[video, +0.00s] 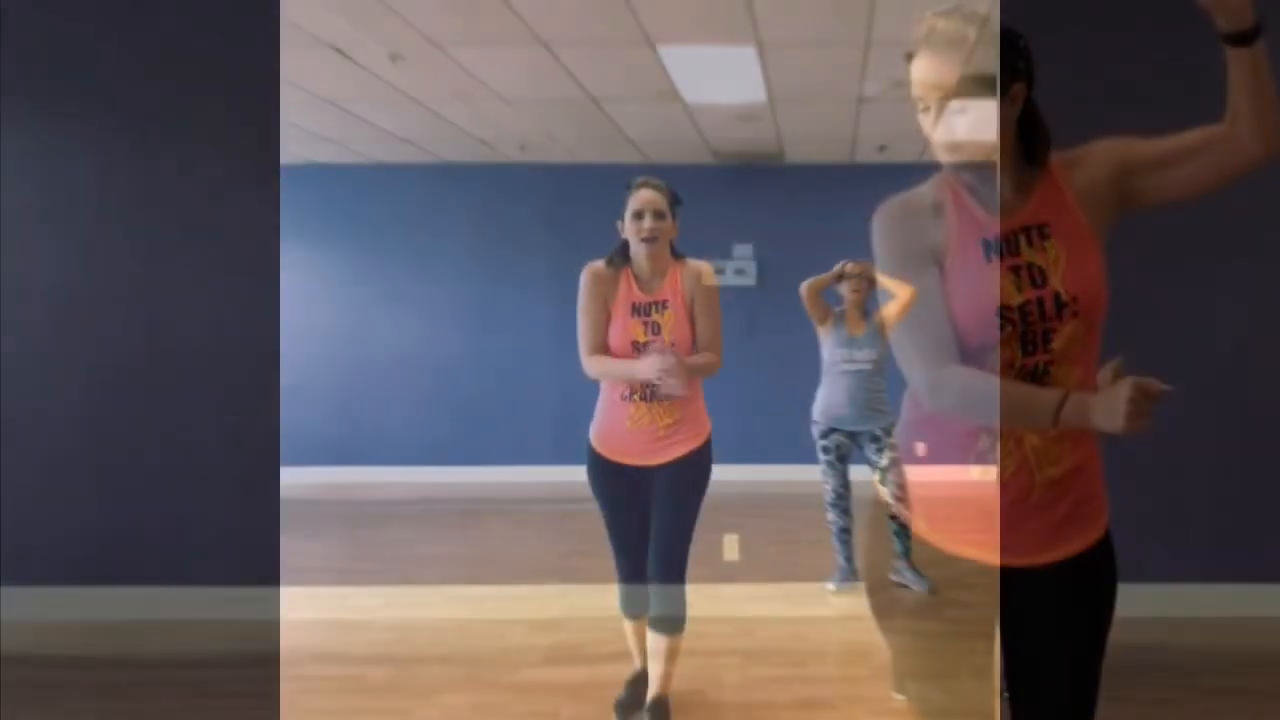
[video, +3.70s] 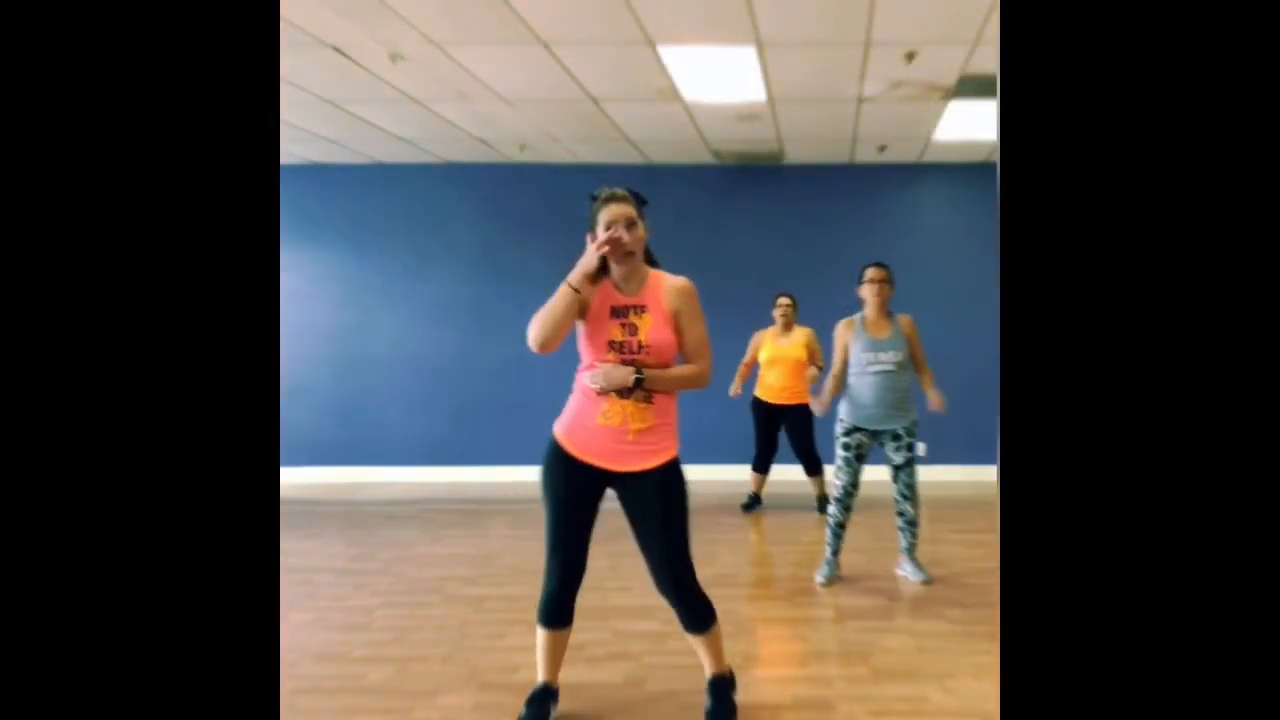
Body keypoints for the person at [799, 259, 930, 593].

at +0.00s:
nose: (856, 288)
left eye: (862, 283)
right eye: (851, 282)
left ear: (870, 290)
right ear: (840, 288)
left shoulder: (879, 324)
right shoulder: (828, 323)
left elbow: (907, 293)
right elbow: (806, 290)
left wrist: (875, 274)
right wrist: (834, 275)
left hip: (875, 420)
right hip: (831, 420)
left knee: (897, 490)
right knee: (836, 497)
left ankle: (903, 563)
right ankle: (844, 566)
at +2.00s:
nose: (870, 293)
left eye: (875, 287)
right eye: (863, 288)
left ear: (884, 291)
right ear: (854, 291)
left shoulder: (896, 320)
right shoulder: (841, 319)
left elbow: (927, 284)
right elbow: (811, 282)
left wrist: (895, 268)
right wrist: (848, 269)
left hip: (888, 416)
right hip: (847, 416)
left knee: (890, 491)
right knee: (847, 491)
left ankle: (889, 557)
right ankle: (846, 558)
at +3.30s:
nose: (847, 290)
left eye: (853, 284)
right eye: (841, 284)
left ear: (862, 289)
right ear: (831, 289)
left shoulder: (872, 322)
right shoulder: (817, 319)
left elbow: (916, 317)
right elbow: (775, 309)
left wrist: (885, 287)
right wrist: (806, 283)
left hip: (865, 417)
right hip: (822, 418)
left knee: (886, 483)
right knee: (825, 490)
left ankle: (887, 554)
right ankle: (828, 560)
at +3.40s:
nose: (851, 288)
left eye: (857, 283)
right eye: (845, 283)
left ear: (866, 289)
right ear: (835, 289)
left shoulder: (878, 323)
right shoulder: (822, 322)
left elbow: (922, 337)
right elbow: (776, 331)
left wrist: (903, 299)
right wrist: (796, 294)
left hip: (870, 418)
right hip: (827, 418)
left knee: (890, 486)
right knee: (827, 491)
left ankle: (899, 554)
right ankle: (828, 560)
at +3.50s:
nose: (858, 288)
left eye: (864, 283)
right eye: (852, 282)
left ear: (873, 289)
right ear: (842, 289)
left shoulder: (885, 324)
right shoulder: (828, 324)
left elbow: (920, 358)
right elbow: (796, 357)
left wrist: (920, 327)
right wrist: (793, 324)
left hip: (877, 420)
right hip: (834, 419)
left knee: (894, 488)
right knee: (831, 491)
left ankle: (906, 557)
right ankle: (828, 560)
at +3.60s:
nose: (867, 288)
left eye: (873, 282)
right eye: (861, 282)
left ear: (882, 290)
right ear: (850, 290)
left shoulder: (895, 326)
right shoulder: (836, 327)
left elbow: (916, 365)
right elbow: (818, 370)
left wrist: (930, 364)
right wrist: (803, 366)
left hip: (888, 421)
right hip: (844, 421)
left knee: (900, 491)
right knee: (838, 491)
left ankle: (907, 558)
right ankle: (829, 560)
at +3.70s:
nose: (877, 288)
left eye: (883, 282)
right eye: (870, 282)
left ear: (892, 289)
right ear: (860, 290)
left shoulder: (904, 325)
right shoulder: (846, 328)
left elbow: (921, 366)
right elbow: (837, 372)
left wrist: (932, 390)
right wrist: (826, 399)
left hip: (899, 421)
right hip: (855, 421)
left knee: (907, 491)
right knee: (844, 490)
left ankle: (908, 558)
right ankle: (831, 559)